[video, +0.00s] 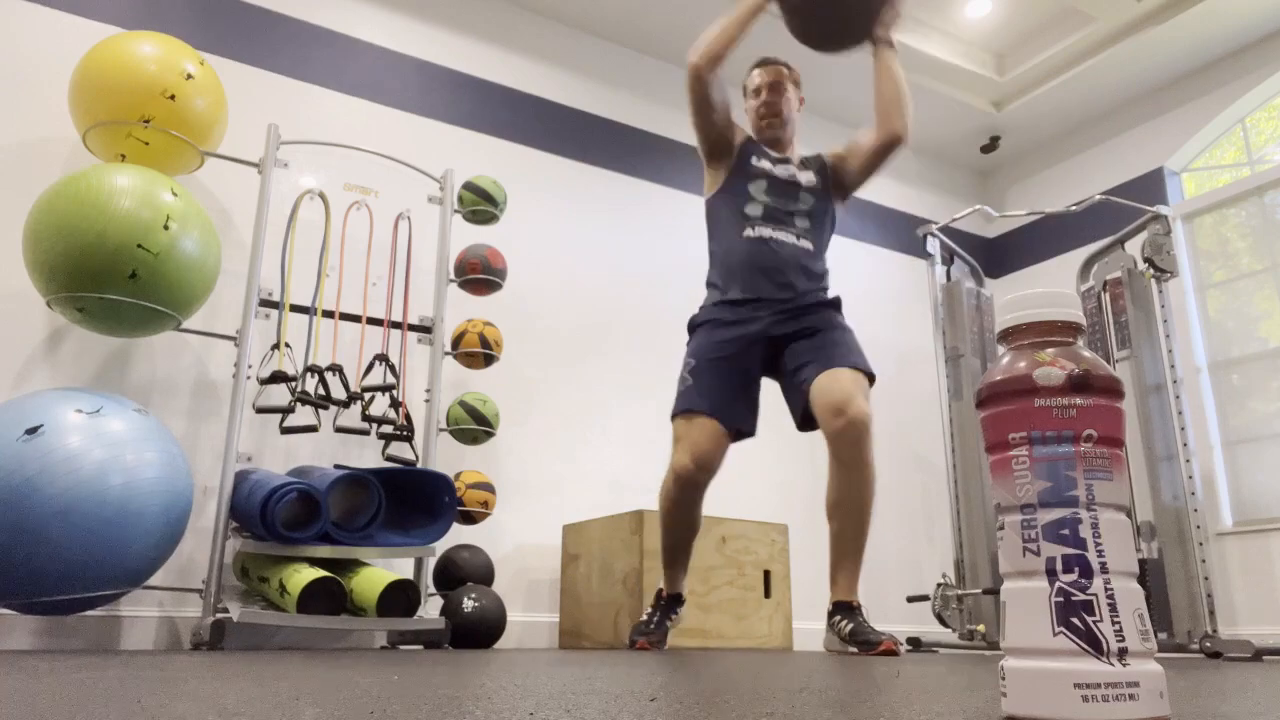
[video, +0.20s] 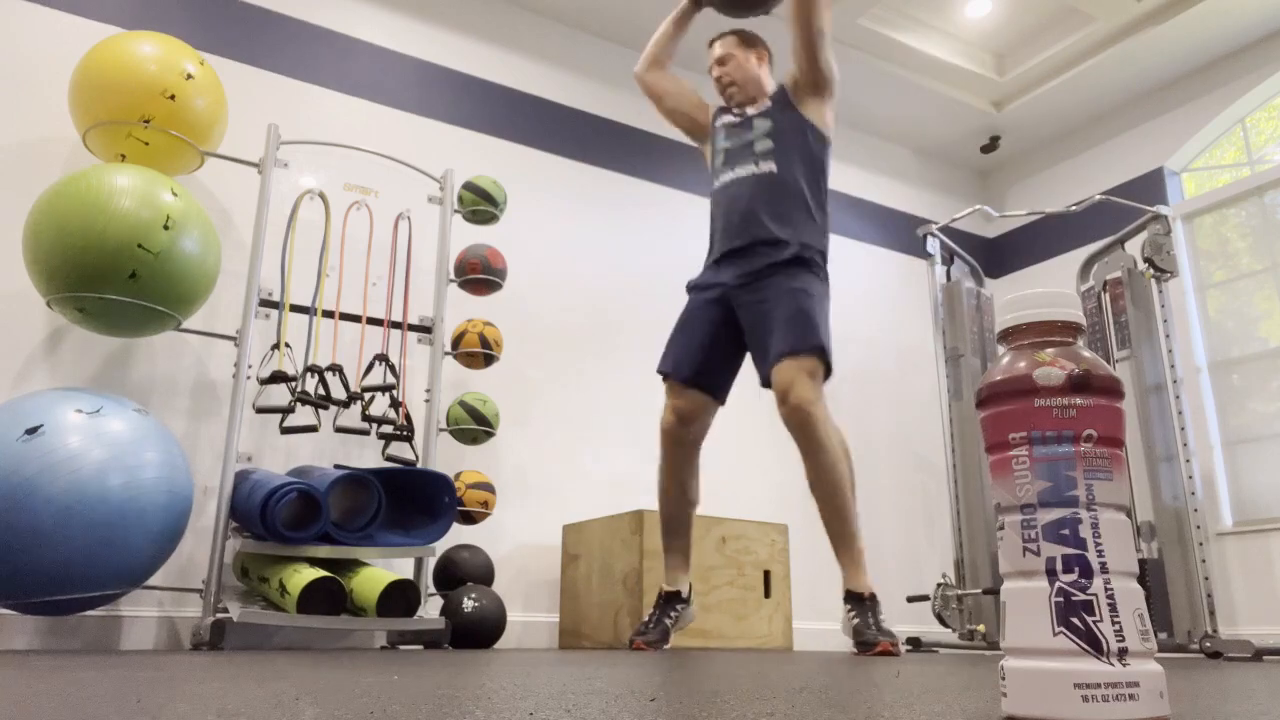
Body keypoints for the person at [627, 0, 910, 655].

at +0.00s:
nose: (767, 94)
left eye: (779, 86)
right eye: (757, 88)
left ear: (801, 102)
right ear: (743, 108)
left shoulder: (826, 174)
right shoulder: (727, 153)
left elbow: (892, 131)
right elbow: (699, 67)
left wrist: (883, 40)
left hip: (810, 317)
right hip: (728, 318)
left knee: (850, 415)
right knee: (690, 465)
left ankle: (845, 608)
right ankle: (669, 596)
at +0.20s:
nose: (718, 73)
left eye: (727, 59)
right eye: (713, 67)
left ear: (762, 58)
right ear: (715, 79)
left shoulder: (805, 99)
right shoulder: (716, 129)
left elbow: (810, 16)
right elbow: (649, 71)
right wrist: (692, 4)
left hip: (788, 272)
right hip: (717, 280)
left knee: (798, 398)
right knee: (679, 419)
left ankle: (859, 594)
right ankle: (674, 591)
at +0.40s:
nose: (675, 85)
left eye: (681, 70)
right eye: (669, 79)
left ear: (706, 56)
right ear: (678, 85)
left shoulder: (747, 66)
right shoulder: (695, 134)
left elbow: (678, 8)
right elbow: (655, 134)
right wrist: (662, 77)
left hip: (777, 249)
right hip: (731, 273)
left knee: (807, 402)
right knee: (684, 419)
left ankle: (921, 570)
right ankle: (695, 590)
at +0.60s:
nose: (612, 175)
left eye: (598, 160)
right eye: (600, 167)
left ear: (614, 143)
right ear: (618, 161)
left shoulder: (677, 152)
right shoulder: (686, 211)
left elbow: (572, 173)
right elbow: (648, 248)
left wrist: (558, 125)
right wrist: (636, 192)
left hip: (792, 310)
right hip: (752, 331)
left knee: (757, 457)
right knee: (680, 444)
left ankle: (925, 580)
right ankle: (712, 612)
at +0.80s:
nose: (608, 300)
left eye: (606, 288)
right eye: (603, 295)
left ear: (620, 261)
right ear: (624, 270)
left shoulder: (644, 262)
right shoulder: (689, 318)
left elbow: (610, 374)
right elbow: (682, 411)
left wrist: (546, 419)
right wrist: (606, 427)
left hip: (799, 343)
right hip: (766, 359)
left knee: (712, 488)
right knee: (673, 447)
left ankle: (878, 596)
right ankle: (712, 615)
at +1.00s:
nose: (581, 373)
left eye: (574, 359)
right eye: (575, 366)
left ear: (586, 333)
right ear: (596, 337)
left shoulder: (618, 323)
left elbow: (636, 436)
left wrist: (609, 533)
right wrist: (666, 554)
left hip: (790, 348)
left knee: (703, 496)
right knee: (664, 450)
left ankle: (876, 591)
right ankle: (708, 611)